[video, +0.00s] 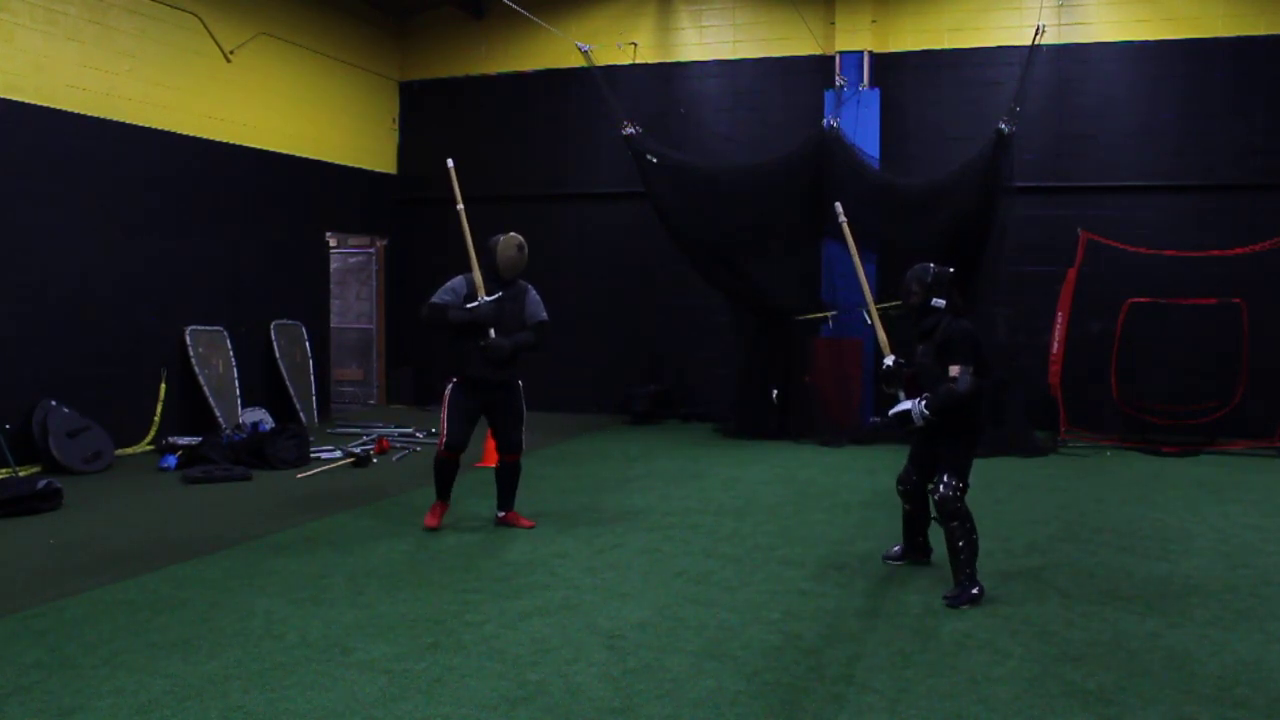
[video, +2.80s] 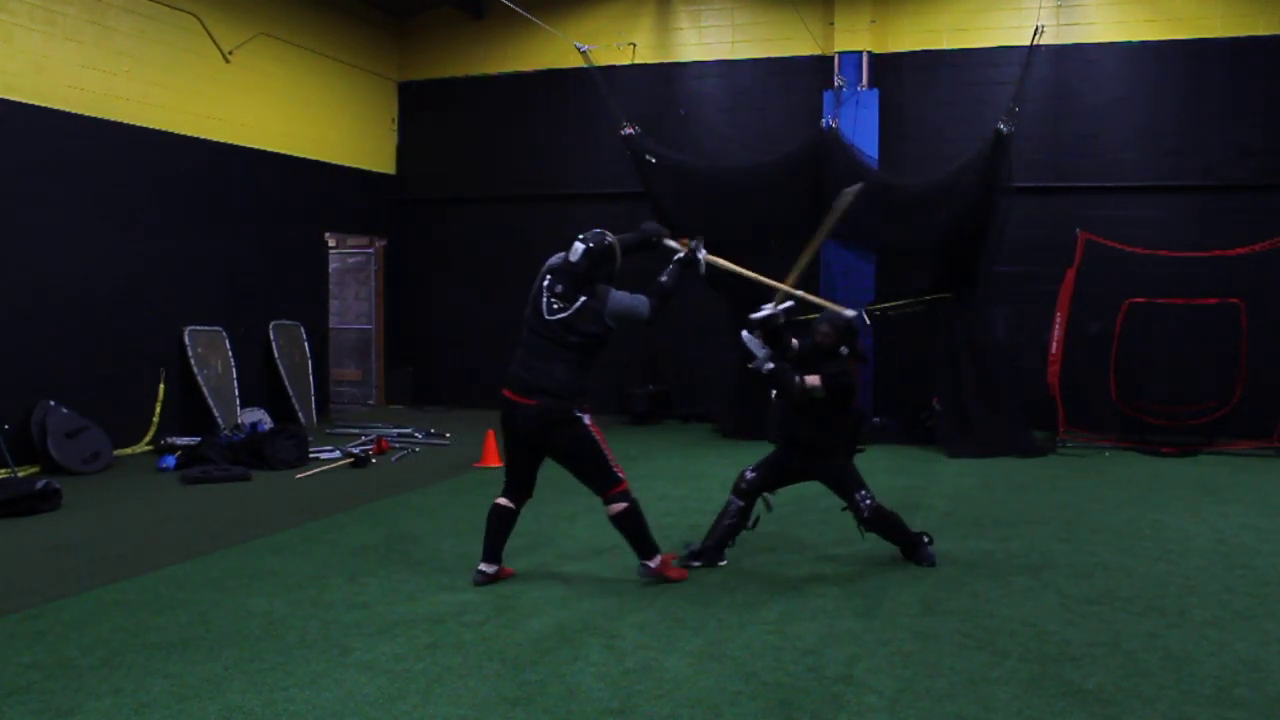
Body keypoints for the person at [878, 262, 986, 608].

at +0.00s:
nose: (908, 298)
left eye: (914, 291)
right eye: (908, 290)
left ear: (930, 294)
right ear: (928, 294)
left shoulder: (955, 330)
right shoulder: (922, 330)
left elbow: (960, 385)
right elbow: (918, 380)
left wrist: (926, 405)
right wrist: (895, 374)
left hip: (960, 425)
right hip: (934, 423)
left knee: (948, 495)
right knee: (911, 484)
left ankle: (967, 581)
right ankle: (915, 547)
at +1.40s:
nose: (891, 304)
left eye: (898, 298)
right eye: (889, 298)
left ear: (914, 300)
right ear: (886, 300)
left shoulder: (939, 328)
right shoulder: (888, 329)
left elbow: (945, 374)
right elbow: (886, 373)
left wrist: (912, 392)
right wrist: (865, 372)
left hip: (943, 412)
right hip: (907, 412)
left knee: (952, 474)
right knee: (878, 464)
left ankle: (951, 536)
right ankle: (876, 534)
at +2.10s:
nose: (840, 312)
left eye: (846, 306)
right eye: (839, 306)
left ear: (863, 307)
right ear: (840, 308)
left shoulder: (889, 334)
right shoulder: (850, 338)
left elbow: (904, 378)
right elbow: (852, 381)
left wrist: (872, 399)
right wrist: (826, 387)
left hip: (905, 421)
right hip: (871, 422)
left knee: (923, 484)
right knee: (834, 468)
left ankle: (950, 535)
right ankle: (829, 538)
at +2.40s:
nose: (840, 308)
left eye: (846, 302)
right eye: (837, 302)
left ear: (863, 304)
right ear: (832, 303)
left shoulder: (886, 331)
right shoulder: (837, 336)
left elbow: (898, 373)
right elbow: (835, 377)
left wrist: (865, 391)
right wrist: (814, 377)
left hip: (892, 420)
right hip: (855, 420)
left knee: (908, 479)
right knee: (813, 462)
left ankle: (917, 545)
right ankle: (810, 534)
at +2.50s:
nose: (843, 312)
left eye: (851, 306)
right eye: (841, 305)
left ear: (866, 309)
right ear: (835, 306)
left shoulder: (884, 336)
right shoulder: (830, 339)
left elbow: (890, 361)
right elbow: (812, 382)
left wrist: (852, 355)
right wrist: (797, 362)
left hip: (887, 430)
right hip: (849, 429)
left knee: (904, 488)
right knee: (808, 475)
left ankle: (924, 545)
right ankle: (768, 535)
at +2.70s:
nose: (838, 329)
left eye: (846, 325)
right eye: (837, 323)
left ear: (860, 328)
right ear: (832, 323)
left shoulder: (868, 358)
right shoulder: (824, 347)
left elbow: (847, 390)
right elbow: (794, 369)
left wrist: (811, 378)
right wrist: (788, 341)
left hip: (854, 448)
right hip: (813, 444)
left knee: (885, 502)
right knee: (767, 470)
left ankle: (921, 545)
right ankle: (738, 540)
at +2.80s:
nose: (818, 337)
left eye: (826, 333)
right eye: (818, 331)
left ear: (841, 339)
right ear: (815, 331)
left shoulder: (846, 371)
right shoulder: (809, 352)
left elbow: (803, 388)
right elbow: (783, 349)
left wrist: (768, 366)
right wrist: (770, 327)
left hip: (833, 456)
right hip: (795, 452)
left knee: (868, 511)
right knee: (748, 483)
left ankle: (914, 546)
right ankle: (711, 550)